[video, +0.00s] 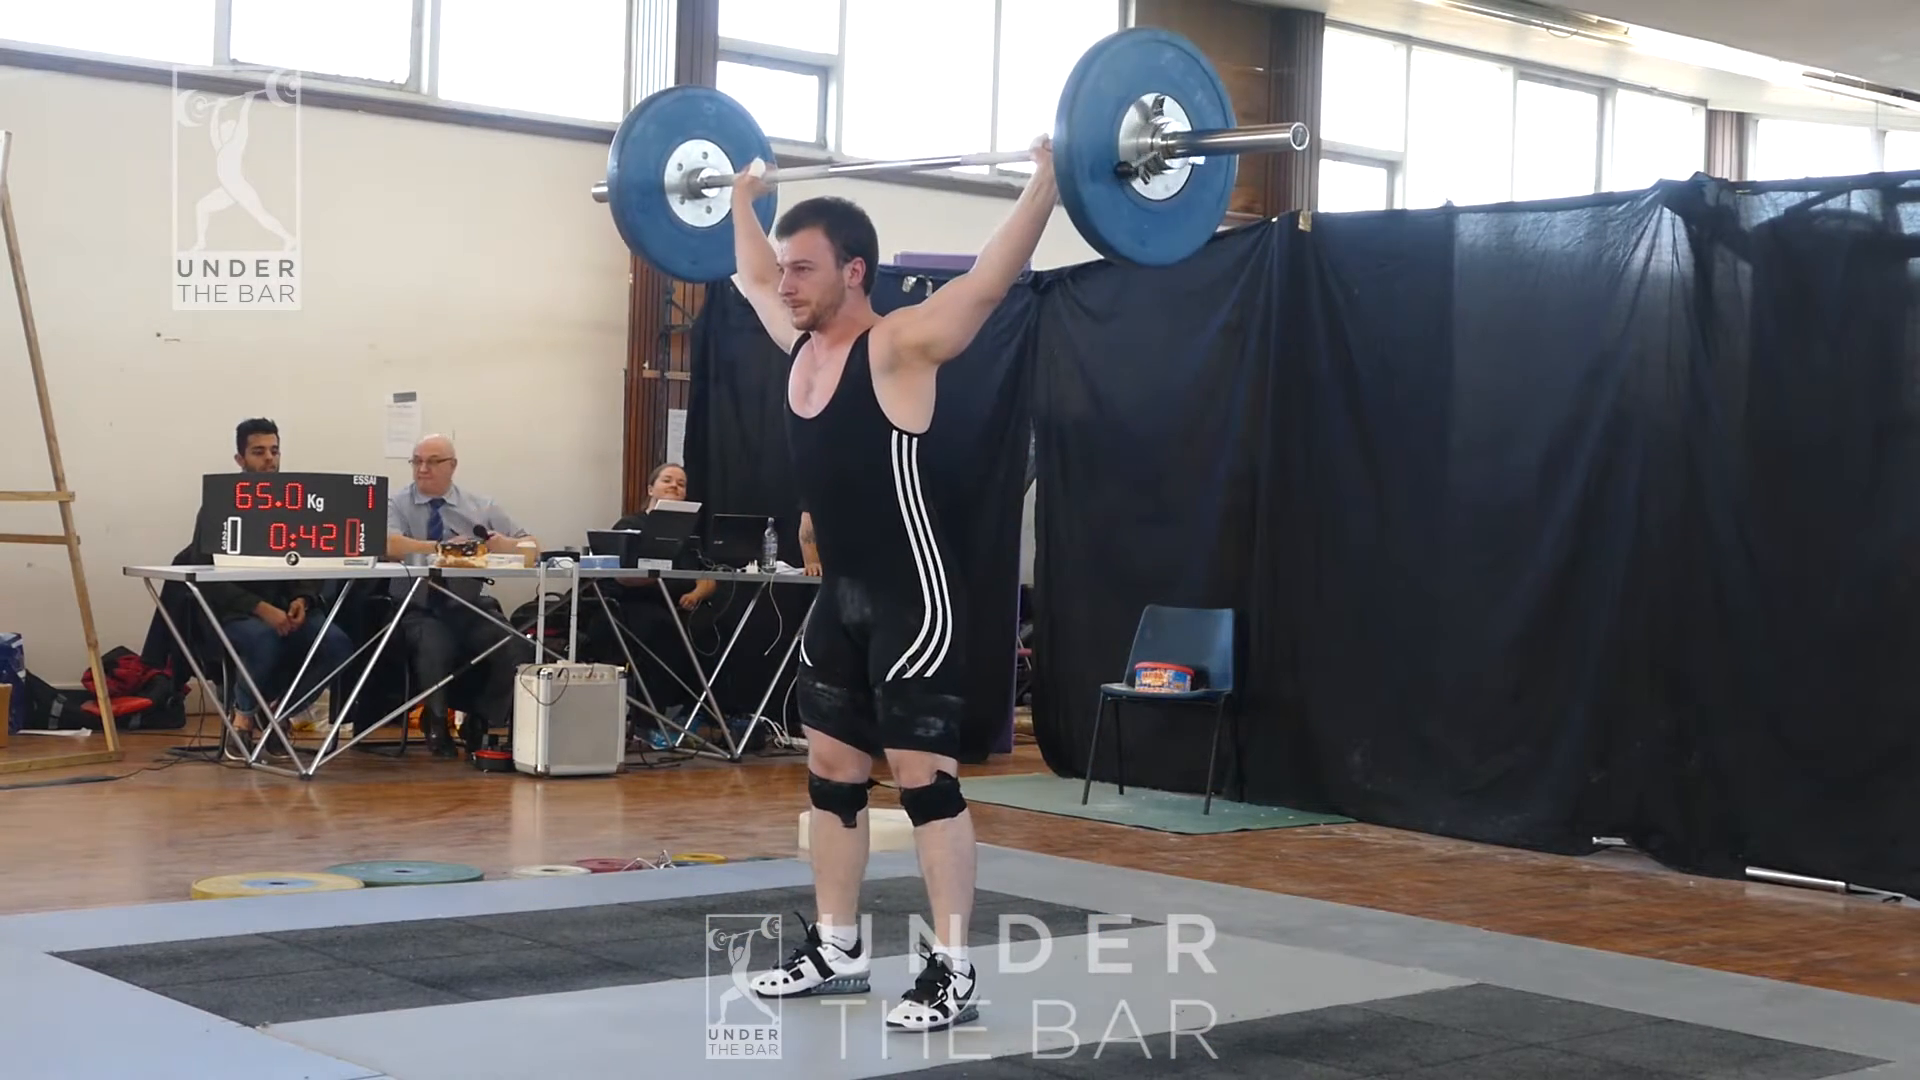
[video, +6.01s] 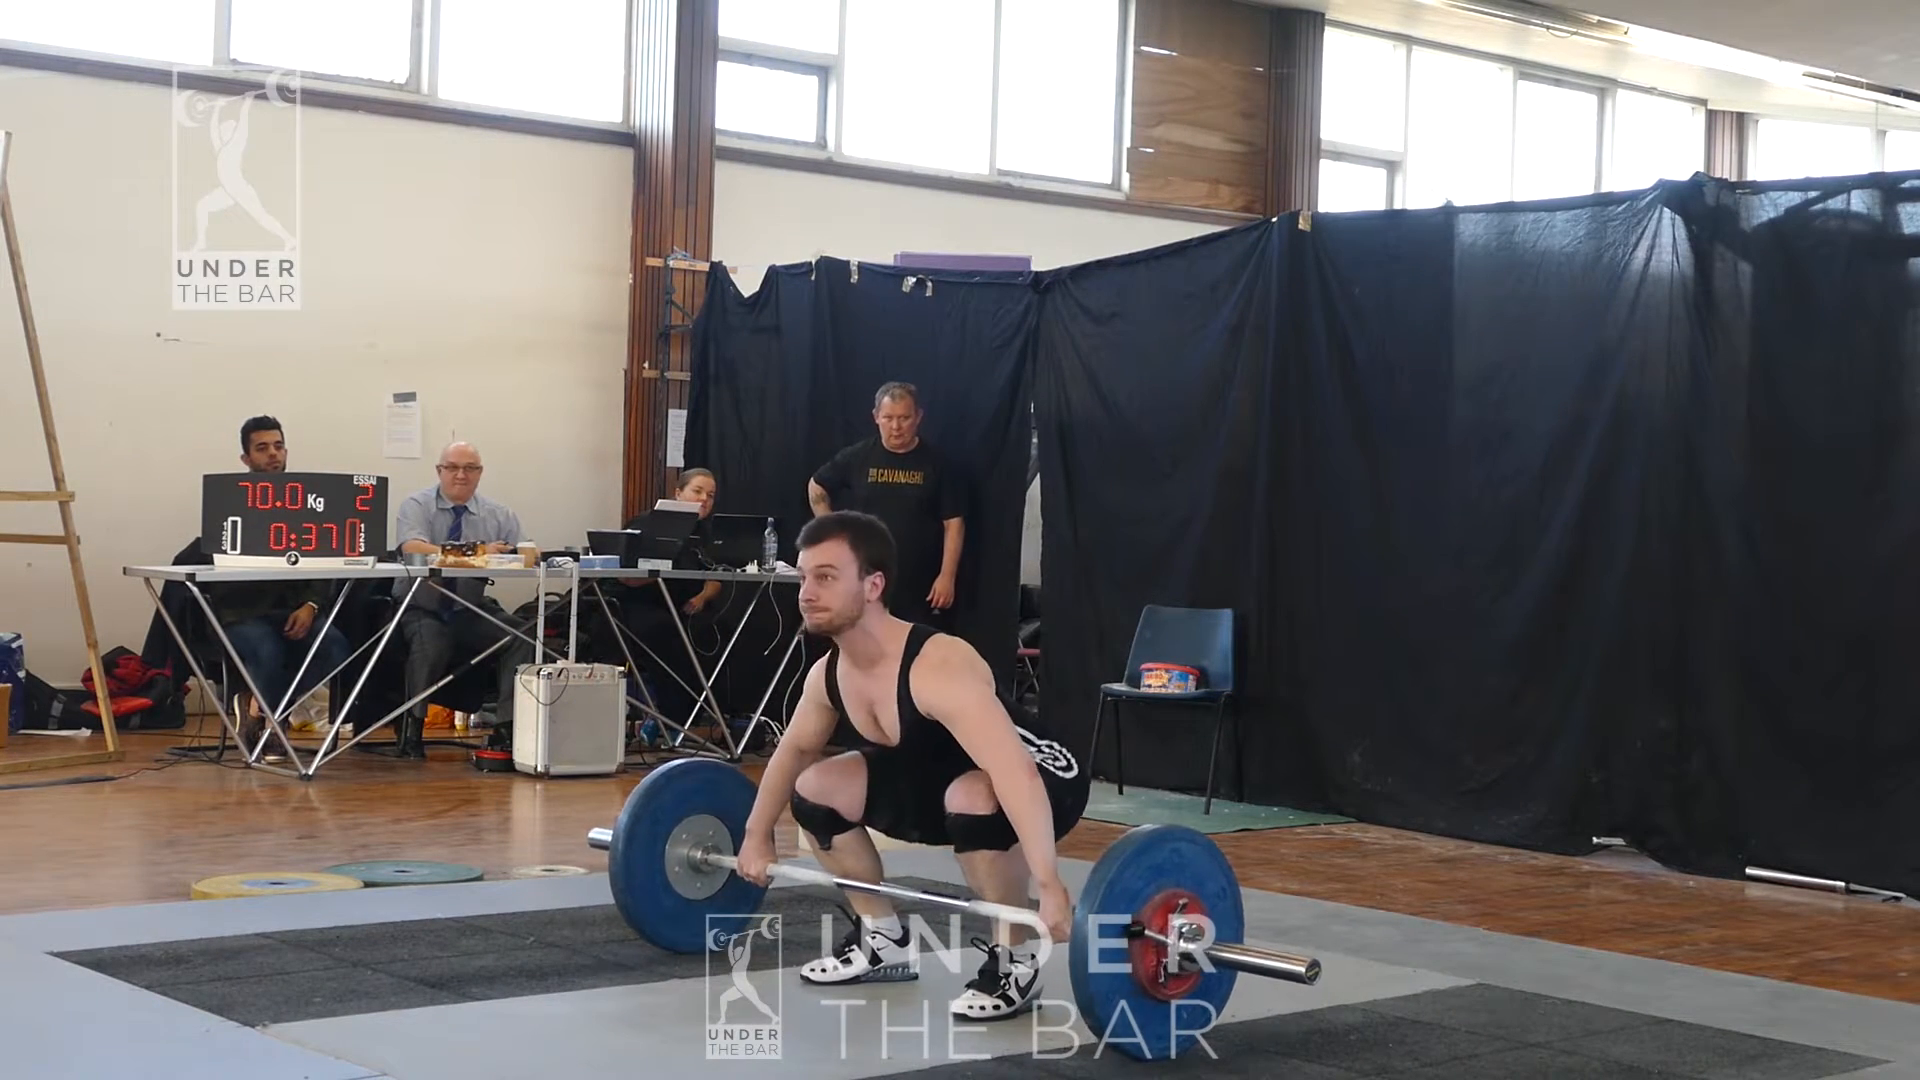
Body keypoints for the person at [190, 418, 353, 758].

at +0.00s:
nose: (270, 458)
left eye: (275, 451)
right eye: (259, 452)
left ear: (280, 454)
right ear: (241, 459)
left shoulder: (293, 498)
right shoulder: (221, 504)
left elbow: (312, 556)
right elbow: (205, 575)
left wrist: (303, 598)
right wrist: (261, 608)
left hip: (287, 606)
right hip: (237, 608)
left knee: (336, 644)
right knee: (264, 641)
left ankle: (277, 716)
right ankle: (242, 718)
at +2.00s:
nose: (275, 466)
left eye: (280, 458)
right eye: (265, 459)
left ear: (286, 458)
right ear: (246, 460)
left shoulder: (298, 499)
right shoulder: (224, 502)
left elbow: (319, 557)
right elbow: (201, 567)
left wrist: (305, 598)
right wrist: (243, 596)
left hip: (287, 607)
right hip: (237, 609)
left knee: (336, 645)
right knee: (263, 643)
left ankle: (278, 719)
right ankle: (242, 719)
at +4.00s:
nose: (272, 454)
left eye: (277, 446)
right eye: (261, 447)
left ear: (284, 451)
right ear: (244, 457)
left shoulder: (302, 497)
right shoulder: (233, 499)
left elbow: (328, 558)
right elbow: (214, 555)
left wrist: (312, 604)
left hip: (293, 608)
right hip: (244, 609)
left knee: (333, 648)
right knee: (267, 649)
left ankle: (255, 707)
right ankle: (273, 730)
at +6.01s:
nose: (273, 454)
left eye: (278, 446)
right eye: (263, 448)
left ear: (286, 451)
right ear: (246, 458)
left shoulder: (303, 497)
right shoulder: (234, 500)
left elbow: (326, 557)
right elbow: (222, 560)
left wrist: (312, 604)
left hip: (294, 607)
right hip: (245, 610)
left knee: (335, 648)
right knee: (268, 651)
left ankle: (256, 708)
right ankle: (273, 733)